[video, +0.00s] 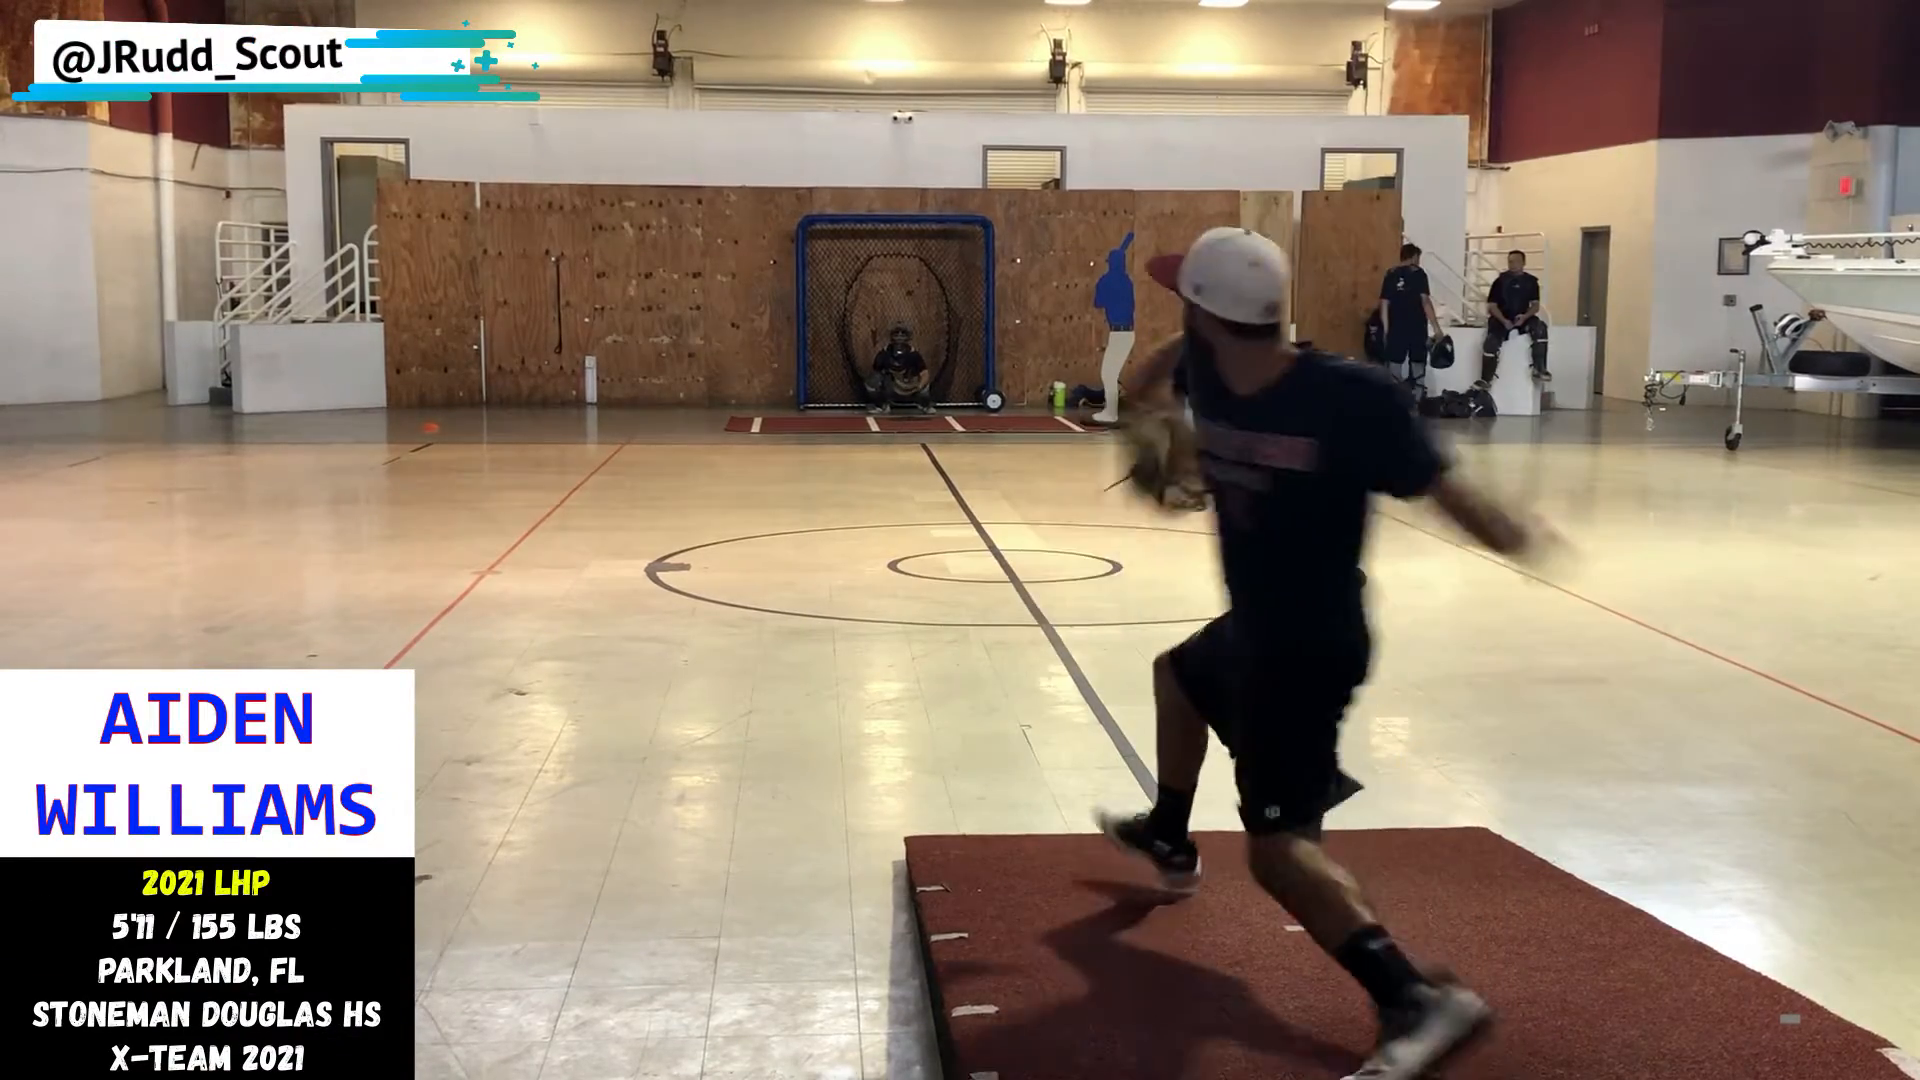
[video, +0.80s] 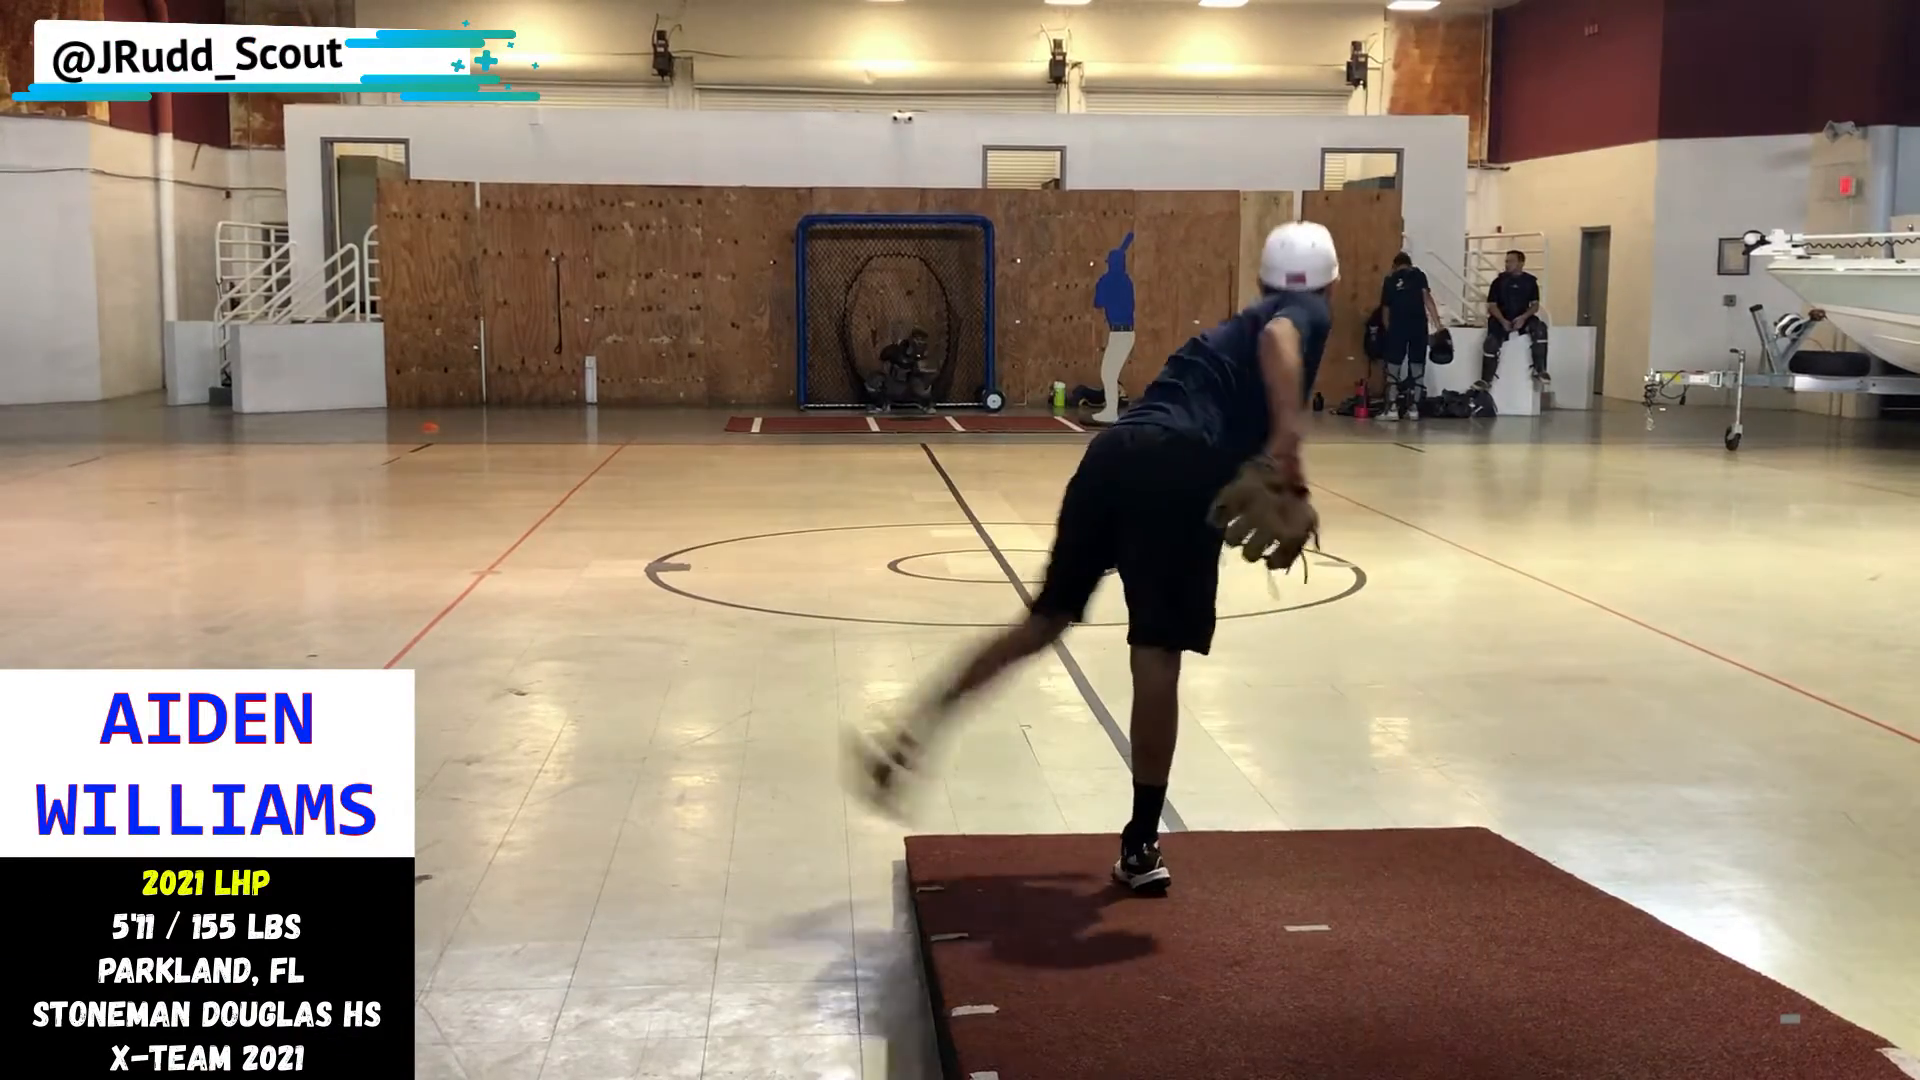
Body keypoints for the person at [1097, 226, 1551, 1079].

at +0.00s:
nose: (1183, 319)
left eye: (1187, 308)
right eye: (1185, 309)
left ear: (1207, 317)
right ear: (1274, 309)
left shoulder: (1354, 400)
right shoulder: (1210, 374)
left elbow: (1446, 486)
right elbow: (1143, 385)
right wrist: (1149, 437)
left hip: (1312, 642)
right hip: (1257, 619)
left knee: (1278, 848)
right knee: (1175, 679)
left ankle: (1413, 1002)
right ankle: (1167, 830)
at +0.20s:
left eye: (1192, 310)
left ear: (1191, 322)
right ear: (1266, 337)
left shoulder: (1141, 381)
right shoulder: (1286, 434)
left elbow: (1028, 333)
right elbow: (1344, 542)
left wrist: (920, 271)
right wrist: (1262, 535)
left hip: (1164, 632)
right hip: (1257, 630)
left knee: (1193, 819)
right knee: (1193, 711)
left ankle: (1259, 900)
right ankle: (1169, 844)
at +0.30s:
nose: (1265, 369)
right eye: (1267, 359)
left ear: (1197, 350)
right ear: (1264, 360)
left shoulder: (1155, 399)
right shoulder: (1260, 407)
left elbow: (1095, 505)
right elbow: (1276, 479)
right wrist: (1346, 554)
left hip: (1120, 566)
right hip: (1204, 565)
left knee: (1148, 762)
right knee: (1167, 696)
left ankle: (1264, 836)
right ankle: (1159, 846)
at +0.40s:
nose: (1296, 373)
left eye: (1294, 365)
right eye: (1296, 364)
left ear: (1227, 353)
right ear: (1288, 362)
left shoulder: (1182, 396)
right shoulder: (1269, 379)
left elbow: (1192, 524)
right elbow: (1220, 394)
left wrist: (1274, 541)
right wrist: (1287, 506)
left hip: (1096, 490)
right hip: (1175, 528)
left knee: (1041, 645)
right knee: (1156, 690)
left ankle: (1199, 624)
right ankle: (1152, 845)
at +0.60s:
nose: (1316, 340)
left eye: (1307, 335)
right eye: (1319, 333)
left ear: (1258, 316)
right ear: (1315, 332)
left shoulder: (1228, 362)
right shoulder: (1292, 348)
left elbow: (1165, 451)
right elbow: (1218, 341)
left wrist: (1212, 541)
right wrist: (1216, 404)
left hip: (1112, 473)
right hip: (1176, 495)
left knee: (978, 566)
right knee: (1161, 677)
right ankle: (1149, 843)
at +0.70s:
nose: (1328, 318)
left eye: (1311, 310)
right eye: (1330, 310)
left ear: (1266, 301)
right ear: (1328, 311)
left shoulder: (1237, 347)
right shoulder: (1303, 338)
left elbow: (1210, 441)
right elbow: (1247, 343)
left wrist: (1251, 507)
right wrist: (1244, 416)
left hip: (1109, 465)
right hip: (1177, 484)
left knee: (975, 606)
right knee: (1160, 671)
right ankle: (1145, 846)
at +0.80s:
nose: (1331, 291)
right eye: (1333, 283)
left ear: (1267, 277)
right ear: (1329, 282)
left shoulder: (1241, 325)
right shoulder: (1309, 304)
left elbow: (1221, 421)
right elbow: (1278, 339)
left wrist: (1275, 497)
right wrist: (1288, 442)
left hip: (1110, 458)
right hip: (1177, 475)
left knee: (1046, 617)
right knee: (1155, 664)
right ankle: (1141, 844)